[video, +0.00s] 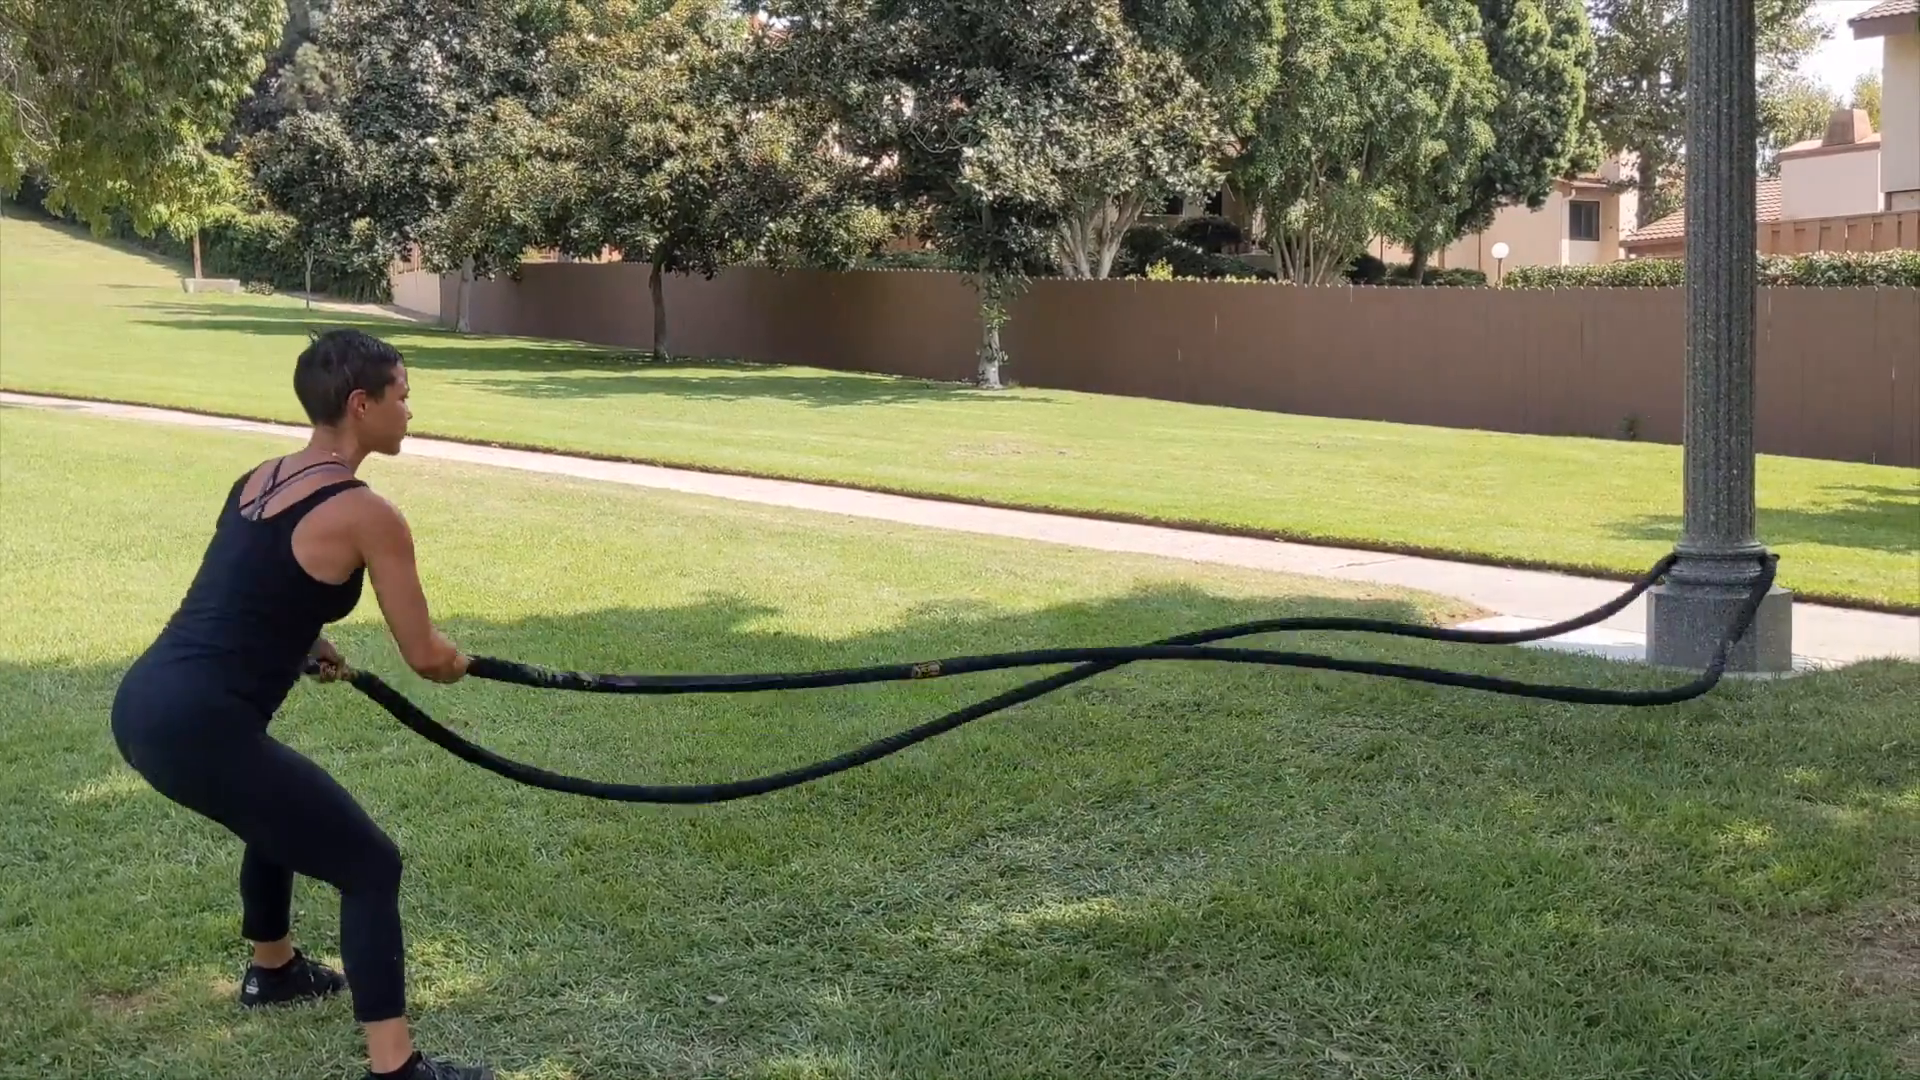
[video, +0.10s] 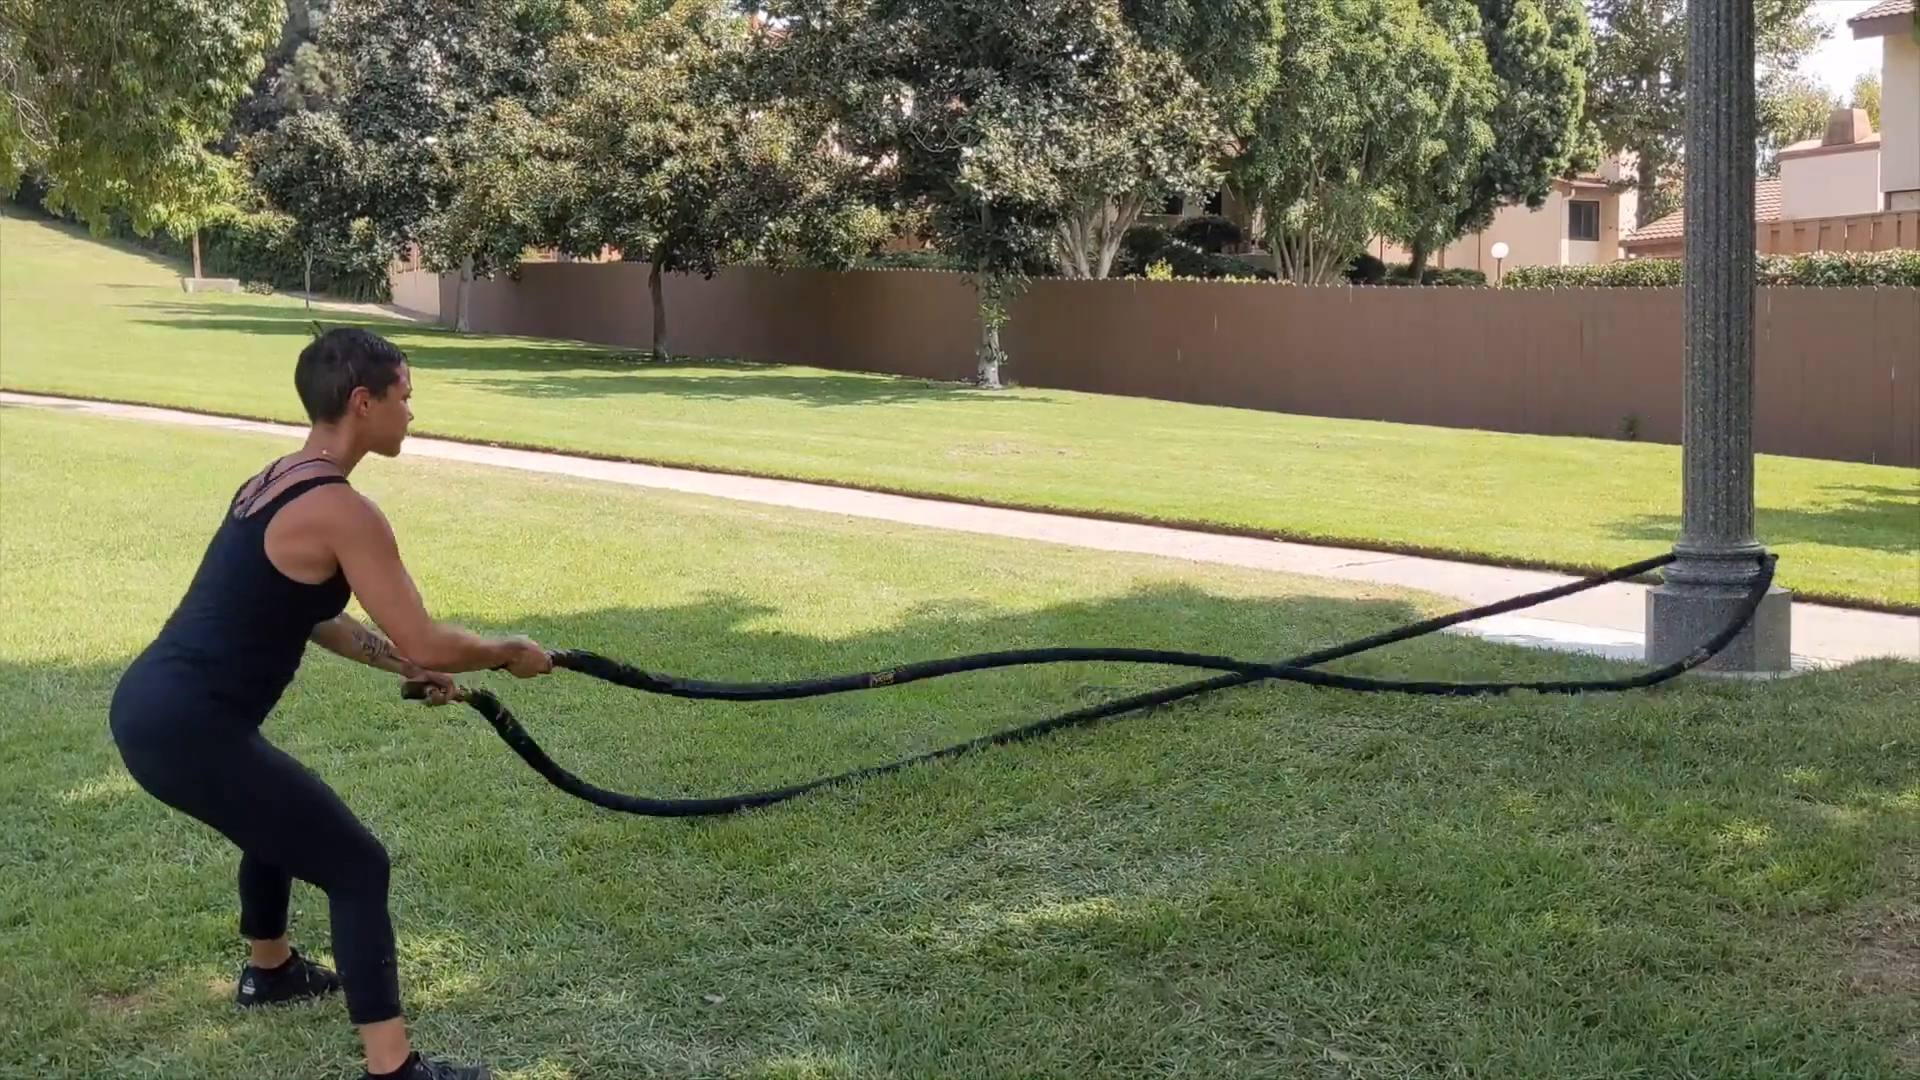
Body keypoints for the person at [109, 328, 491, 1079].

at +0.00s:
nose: (409, 407)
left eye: (406, 392)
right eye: (400, 393)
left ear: (333, 406)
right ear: (359, 404)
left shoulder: (263, 476)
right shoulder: (369, 515)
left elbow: (234, 590)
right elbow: (424, 654)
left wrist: (304, 642)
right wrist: (450, 660)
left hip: (144, 708)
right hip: (203, 728)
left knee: (280, 808)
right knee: (371, 864)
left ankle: (273, 968)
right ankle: (394, 1061)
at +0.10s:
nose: (410, 412)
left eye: (409, 396)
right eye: (402, 396)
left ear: (340, 404)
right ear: (360, 402)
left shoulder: (276, 478)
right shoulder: (347, 511)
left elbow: (308, 611)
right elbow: (422, 642)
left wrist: (401, 663)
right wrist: (503, 651)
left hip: (148, 705)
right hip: (189, 729)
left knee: (283, 814)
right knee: (358, 863)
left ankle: (270, 967)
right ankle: (391, 1062)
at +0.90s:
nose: (359, 393)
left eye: (358, 378)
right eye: (351, 378)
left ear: (281, 386)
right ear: (307, 385)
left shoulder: (217, 454)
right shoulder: (339, 481)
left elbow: (234, 553)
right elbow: (403, 602)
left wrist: (322, 578)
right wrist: (429, 605)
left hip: (134, 689)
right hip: (214, 699)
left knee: (281, 786)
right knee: (364, 845)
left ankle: (280, 953)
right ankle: (394, 1050)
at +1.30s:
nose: (431, 397)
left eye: (429, 382)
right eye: (423, 382)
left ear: (358, 389)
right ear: (385, 387)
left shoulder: (300, 455)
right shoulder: (396, 484)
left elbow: (308, 565)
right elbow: (438, 617)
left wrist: (392, 592)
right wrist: (451, 604)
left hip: (172, 680)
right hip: (233, 700)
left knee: (302, 786)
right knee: (389, 838)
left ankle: (299, 946)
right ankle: (416, 1047)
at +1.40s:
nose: (441, 397)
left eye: (438, 382)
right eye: (432, 382)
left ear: (376, 392)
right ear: (393, 389)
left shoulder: (332, 471)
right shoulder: (387, 483)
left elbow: (413, 611)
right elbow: (458, 611)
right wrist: (522, 610)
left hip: (188, 686)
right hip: (225, 705)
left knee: (319, 793)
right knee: (391, 841)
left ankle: (299, 948)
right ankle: (417, 1047)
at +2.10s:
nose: (407, 397)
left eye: (407, 382)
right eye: (399, 382)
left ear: (340, 384)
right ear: (357, 383)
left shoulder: (272, 450)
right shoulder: (365, 483)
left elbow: (308, 561)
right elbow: (437, 615)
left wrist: (412, 576)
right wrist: (469, 629)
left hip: (160, 678)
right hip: (223, 695)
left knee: (304, 786)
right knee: (383, 837)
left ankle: (296, 945)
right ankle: (411, 1045)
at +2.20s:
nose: (403, 397)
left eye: (404, 381)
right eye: (397, 381)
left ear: (335, 383)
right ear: (355, 383)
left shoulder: (258, 444)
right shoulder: (382, 485)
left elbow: (263, 543)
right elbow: (429, 611)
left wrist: (346, 569)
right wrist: (404, 615)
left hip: (157, 681)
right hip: (232, 698)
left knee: (298, 779)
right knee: (393, 834)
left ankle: (296, 944)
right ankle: (411, 1044)